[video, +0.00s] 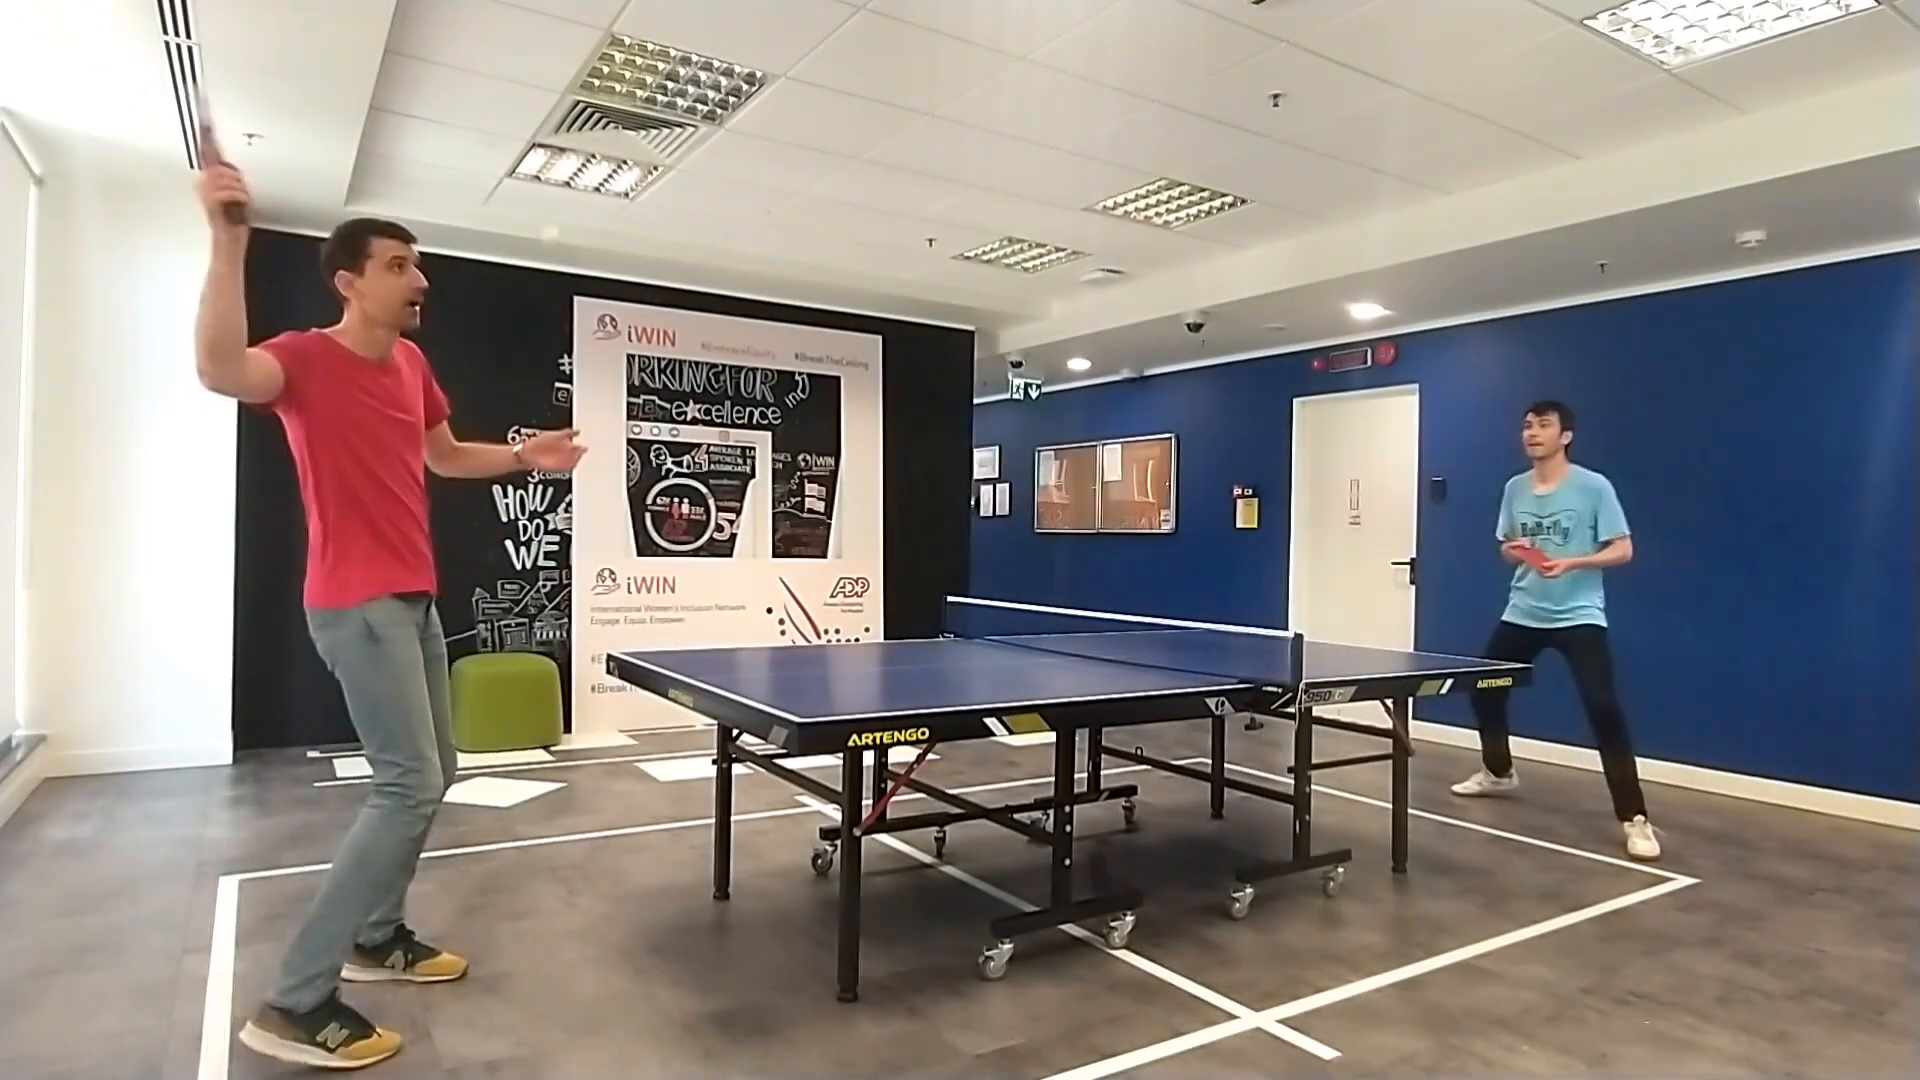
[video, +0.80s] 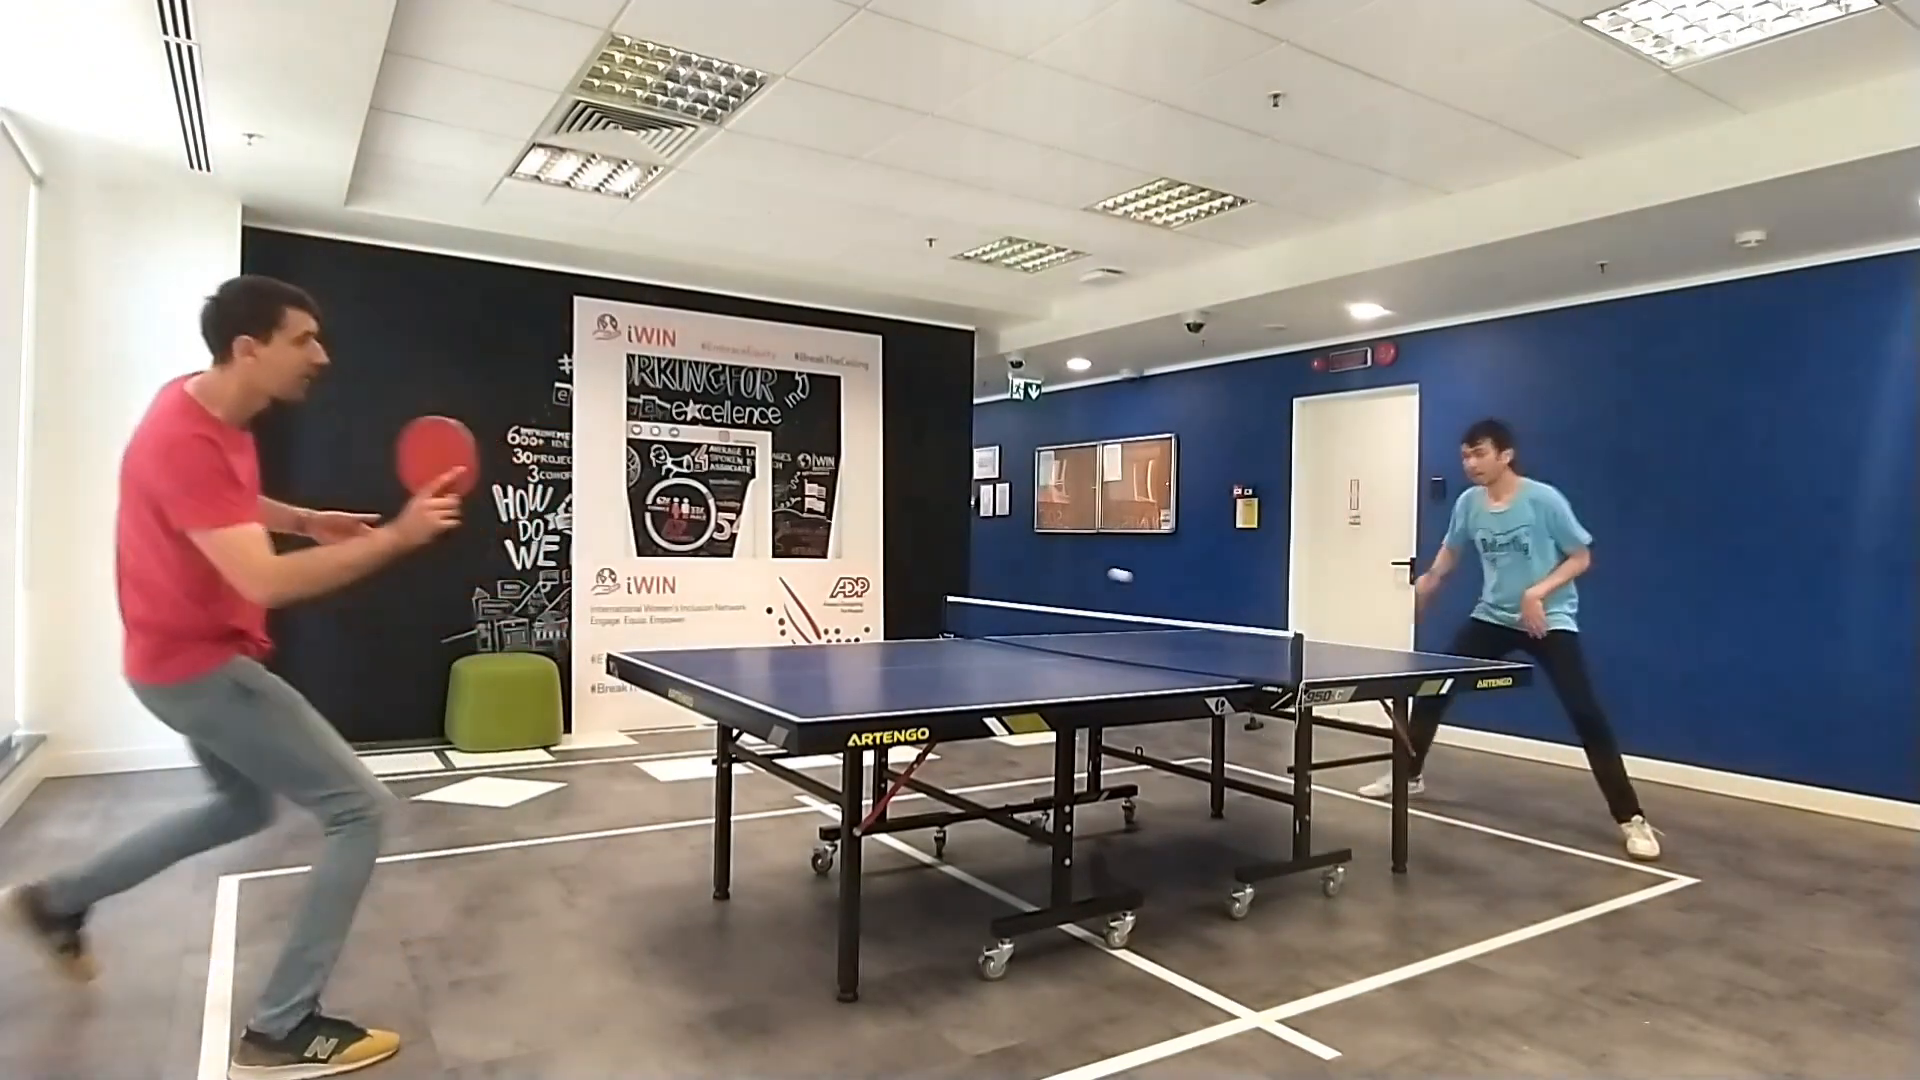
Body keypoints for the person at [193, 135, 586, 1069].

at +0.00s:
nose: (419, 278)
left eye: (418, 266)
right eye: (402, 265)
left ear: (399, 286)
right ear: (349, 281)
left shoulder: (408, 363)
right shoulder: (308, 358)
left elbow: (445, 455)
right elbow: (221, 367)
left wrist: (526, 453)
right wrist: (227, 239)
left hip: (413, 594)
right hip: (354, 600)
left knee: (428, 776)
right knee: (409, 786)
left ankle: (376, 931)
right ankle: (296, 999)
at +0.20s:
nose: (419, 297)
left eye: (420, 284)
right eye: (399, 283)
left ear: (408, 303)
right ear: (348, 299)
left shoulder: (393, 379)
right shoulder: (303, 377)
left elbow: (386, 464)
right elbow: (215, 442)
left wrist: (480, 492)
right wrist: (208, 332)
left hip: (383, 615)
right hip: (329, 620)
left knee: (438, 769)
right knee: (407, 808)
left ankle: (377, 932)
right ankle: (283, 1015)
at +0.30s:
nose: (418, 329)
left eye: (421, 314)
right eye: (399, 313)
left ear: (414, 327)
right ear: (346, 323)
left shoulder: (381, 394)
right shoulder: (289, 406)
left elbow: (369, 475)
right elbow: (226, 521)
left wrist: (451, 509)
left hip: (364, 626)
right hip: (310, 637)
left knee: (439, 774)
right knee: (413, 816)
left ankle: (377, 933)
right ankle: (285, 1016)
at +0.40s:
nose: (407, 362)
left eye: (412, 346)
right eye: (389, 346)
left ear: (406, 351)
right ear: (332, 351)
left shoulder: (357, 412)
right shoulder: (281, 435)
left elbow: (350, 491)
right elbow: (270, 578)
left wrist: (426, 523)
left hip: (345, 640)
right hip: (298, 658)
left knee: (434, 776)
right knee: (415, 820)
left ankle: (366, 938)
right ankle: (285, 1019)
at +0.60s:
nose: (379, 389)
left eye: (379, 371)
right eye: (363, 372)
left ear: (307, 374)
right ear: (300, 375)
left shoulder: (284, 413)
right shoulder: (245, 478)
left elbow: (293, 504)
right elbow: (324, 615)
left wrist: (369, 530)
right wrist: (473, 606)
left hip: (291, 652)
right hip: (256, 676)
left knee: (370, 782)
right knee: (409, 824)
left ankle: (252, 905)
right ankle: (286, 1021)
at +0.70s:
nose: (354, 374)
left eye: (353, 358)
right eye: (339, 358)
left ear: (275, 366)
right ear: (276, 364)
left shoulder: (238, 412)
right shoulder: (221, 464)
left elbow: (258, 505)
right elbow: (316, 595)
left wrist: (340, 523)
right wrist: (453, 555)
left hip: (237, 660)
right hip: (233, 676)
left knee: (322, 794)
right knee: (388, 818)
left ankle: (150, 883)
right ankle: (285, 1021)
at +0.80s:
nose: (319, 357)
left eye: (317, 340)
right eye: (304, 341)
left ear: (248, 350)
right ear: (246, 348)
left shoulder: (215, 412)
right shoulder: (184, 442)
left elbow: (223, 505)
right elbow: (264, 581)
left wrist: (310, 521)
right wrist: (399, 535)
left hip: (195, 655)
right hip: (195, 665)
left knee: (243, 808)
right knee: (357, 809)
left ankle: (59, 900)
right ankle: (283, 1022)